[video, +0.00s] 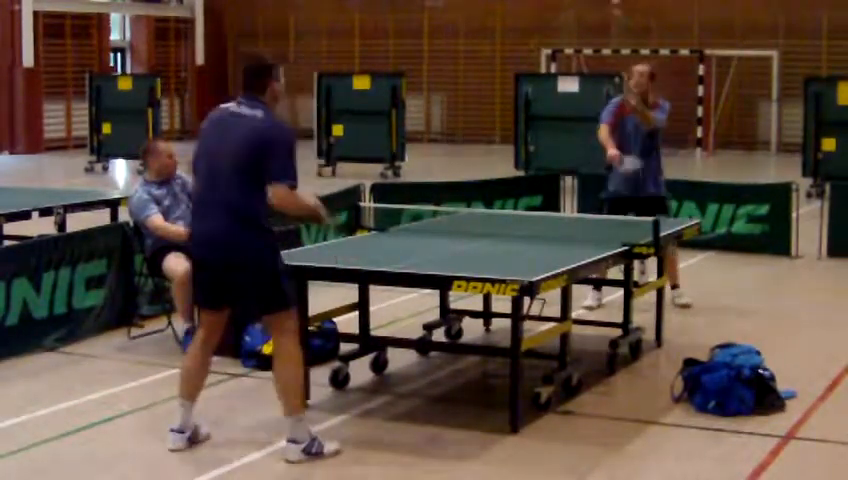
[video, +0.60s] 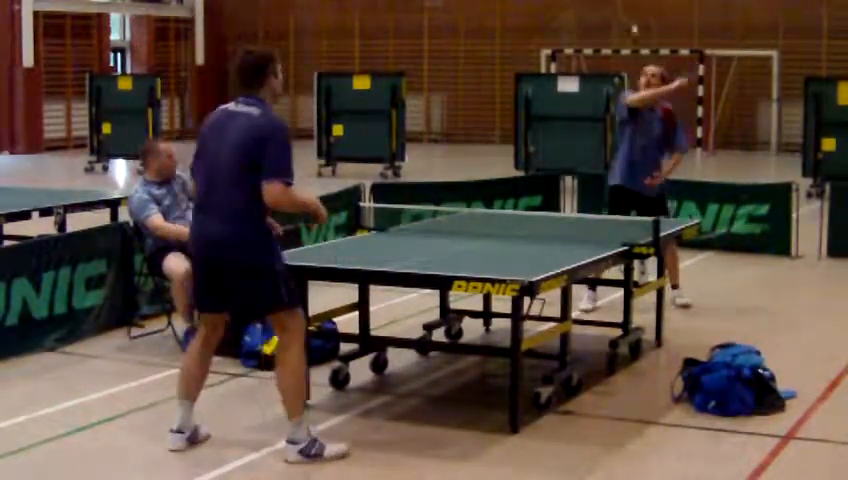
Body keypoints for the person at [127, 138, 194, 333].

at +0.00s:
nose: (174, 161)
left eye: (174, 156)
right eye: (168, 157)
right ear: (151, 162)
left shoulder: (182, 182)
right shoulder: (141, 196)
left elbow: (204, 199)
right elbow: (159, 227)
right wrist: (191, 235)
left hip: (194, 234)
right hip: (164, 243)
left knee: (218, 260)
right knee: (182, 270)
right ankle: (188, 325)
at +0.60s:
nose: (175, 161)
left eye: (174, 156)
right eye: (169, 157)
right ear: (153, 163)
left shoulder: (179, 181)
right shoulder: (140, 196)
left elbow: (199, 198)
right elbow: (160, 228)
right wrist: (194, 235)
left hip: (193, 235)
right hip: (164, 244)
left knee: (217, 256)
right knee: (182, 270)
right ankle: (188, 323)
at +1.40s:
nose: (171, 163)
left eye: (172, 158)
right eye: (165, 159)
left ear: (174, 160)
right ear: (147, 163)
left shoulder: (179, 181)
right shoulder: (141, 196)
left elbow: (207, 202)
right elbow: (160, 228)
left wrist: (232, 214)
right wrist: (199, 233)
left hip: (194, 236)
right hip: (164, 245)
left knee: (230, 254)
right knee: (183, 270)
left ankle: (235, 321)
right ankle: (190, 326)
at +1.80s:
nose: (170, 163)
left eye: (171, 158)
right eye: (164, 158)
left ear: (174, 160)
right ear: (147, 162)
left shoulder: (178, 181)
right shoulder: (140, 196)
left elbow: (207, 201)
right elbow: (160, 228)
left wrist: (232, 212)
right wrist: (198, 233)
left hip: (194, 237)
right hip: (164, 246)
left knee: (229, 254)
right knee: (182, 270)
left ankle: (232, 319)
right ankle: (190, 327)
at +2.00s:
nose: (172, 163)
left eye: (173, 158)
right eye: (166, 158)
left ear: (174, 159)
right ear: (148, 162)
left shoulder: (178, 181)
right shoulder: (141, 196)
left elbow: (207, 202)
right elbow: (160, 228)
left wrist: (232, 213)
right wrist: (198, 233)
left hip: (194, 237)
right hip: (164, 246)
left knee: (229, 253)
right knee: (183, 270)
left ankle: (230, 318)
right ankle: (190, 326)